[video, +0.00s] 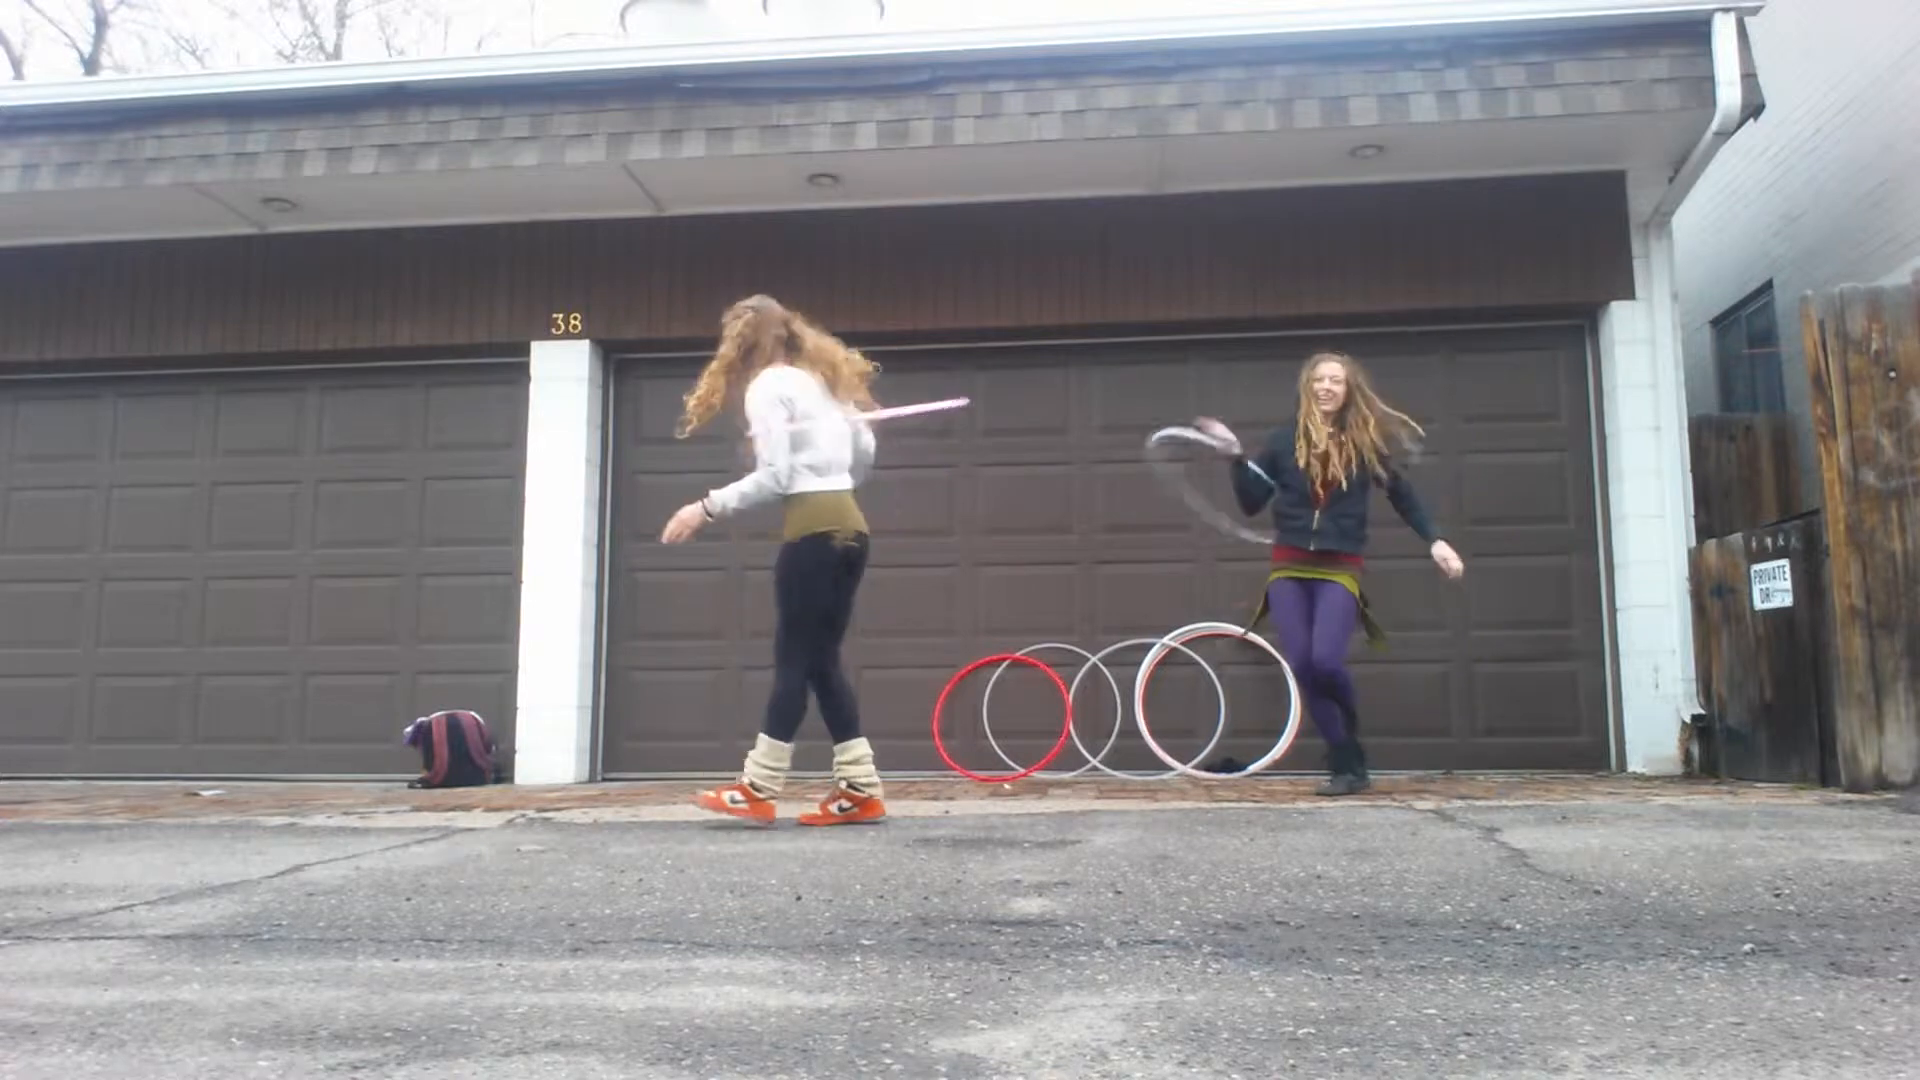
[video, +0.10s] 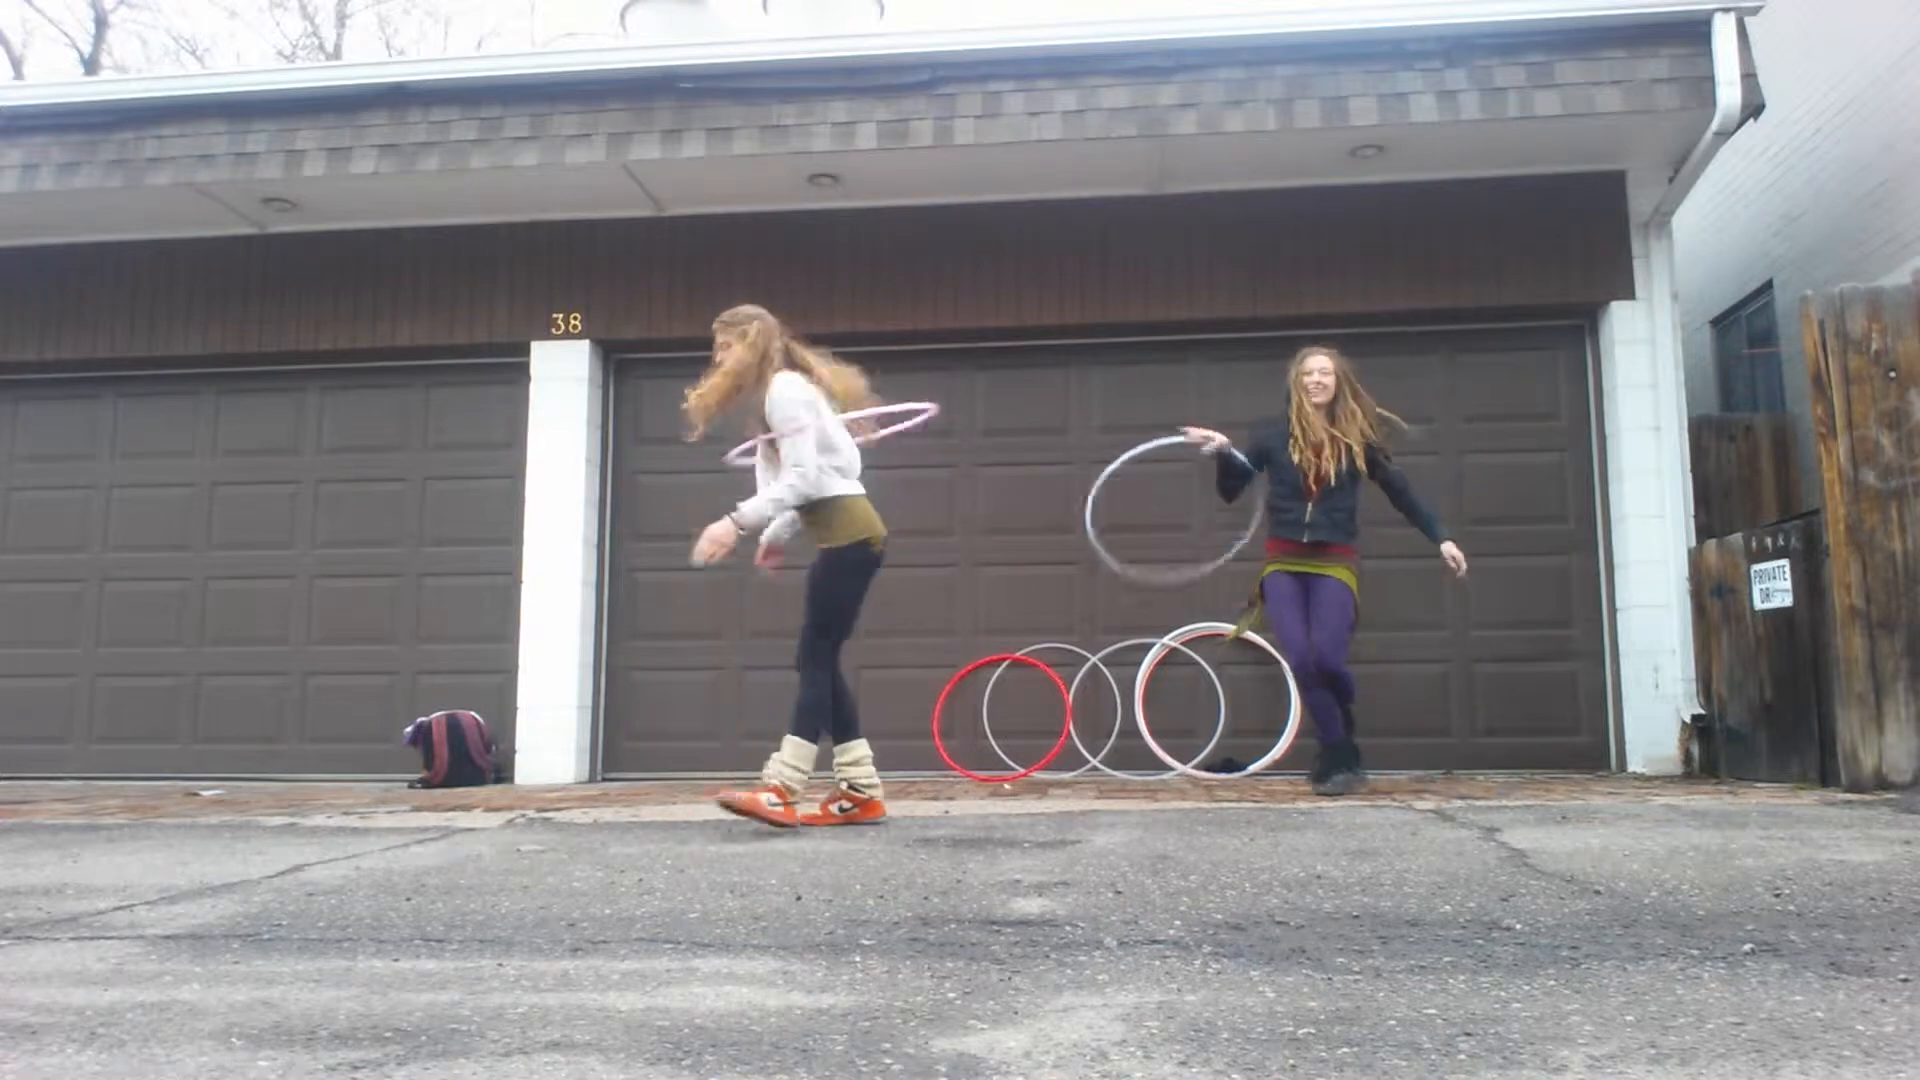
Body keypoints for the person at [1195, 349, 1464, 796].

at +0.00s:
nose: (1326, 388)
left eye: (1335, 381)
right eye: (1319, 381)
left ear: (1349, 389)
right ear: (1307, 387)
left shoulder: (1365, 443)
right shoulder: (1285, 440)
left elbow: (1402, 494)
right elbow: (1252, 503)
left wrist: (1434, 540)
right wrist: (1234, 457)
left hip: (1340, 566)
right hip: (1288, 563)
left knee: (1325, 662)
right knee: (1301, 665)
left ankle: (1350, 747)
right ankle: (1343, 766)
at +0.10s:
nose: (1316, 381)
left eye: (1324, 374)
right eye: (1308, 374)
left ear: (1339, 382)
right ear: (1296, 383)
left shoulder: (1354, 437)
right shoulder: (1274, 433)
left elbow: (1397, 489)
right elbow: (1231, 490)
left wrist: (1440, 538)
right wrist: (1223, 450)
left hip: (1334, 560)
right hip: (1282, 558)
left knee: (1327, 658)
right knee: (1299, 660)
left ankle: (1345, 744)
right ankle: (1334, 757)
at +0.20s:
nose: (1307, 373)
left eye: (1316, 367)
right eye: (1299, 367)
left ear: (1330, 377)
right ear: (1285, 376)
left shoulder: (1344, 429)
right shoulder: (1264, 425)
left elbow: (1385, 484)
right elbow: (1204, 449)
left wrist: (1425, 539)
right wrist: (1176, 418)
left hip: (1333, 551)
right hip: (1281, 551)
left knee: (1325, 656)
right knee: (1288, 649)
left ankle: (1328, 756)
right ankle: (1320, 757)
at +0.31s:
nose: (1298, 375)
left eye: (1306, 368)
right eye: (1290, 369)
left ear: (1321, 378)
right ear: (1276, 379)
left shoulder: (1338, 434)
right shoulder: (1259, 432)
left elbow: (1366, 496)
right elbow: (1196, 434)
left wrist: (1394, 549)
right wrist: (1134, 426)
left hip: (1329, 551)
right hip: (1278, 551)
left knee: (1316, 651)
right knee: (1281, 645)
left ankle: (1322, 756)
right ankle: (1292, 754)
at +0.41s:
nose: (1289, 377)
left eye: (1297, 371)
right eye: (1282, 371)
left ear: (1313, 381)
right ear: (1270, 380)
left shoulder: (1327, 434)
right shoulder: (1253, 427)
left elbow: (1347, 502)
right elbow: (1193, 450)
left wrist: (1364, 560)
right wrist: (1130, 467)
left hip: (1323, 553)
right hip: (1273, 553)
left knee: (1314, 651)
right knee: (1271, 651)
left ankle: (1320, 761)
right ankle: (1257, 760)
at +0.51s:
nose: (1284, 385)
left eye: (1292, 377)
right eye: (1276, 378)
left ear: (1308, 383)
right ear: (1265, 385)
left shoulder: (1323, 433)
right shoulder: (1252, 428)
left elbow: (1335, 505)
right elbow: (1201, 463)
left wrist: (1350, 565)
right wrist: (1148, 494)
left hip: (1316, 551)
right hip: (1265, 552)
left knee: (1323, 644)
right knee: (1261, 657)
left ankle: (1314, 752)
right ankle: (1253, 760)